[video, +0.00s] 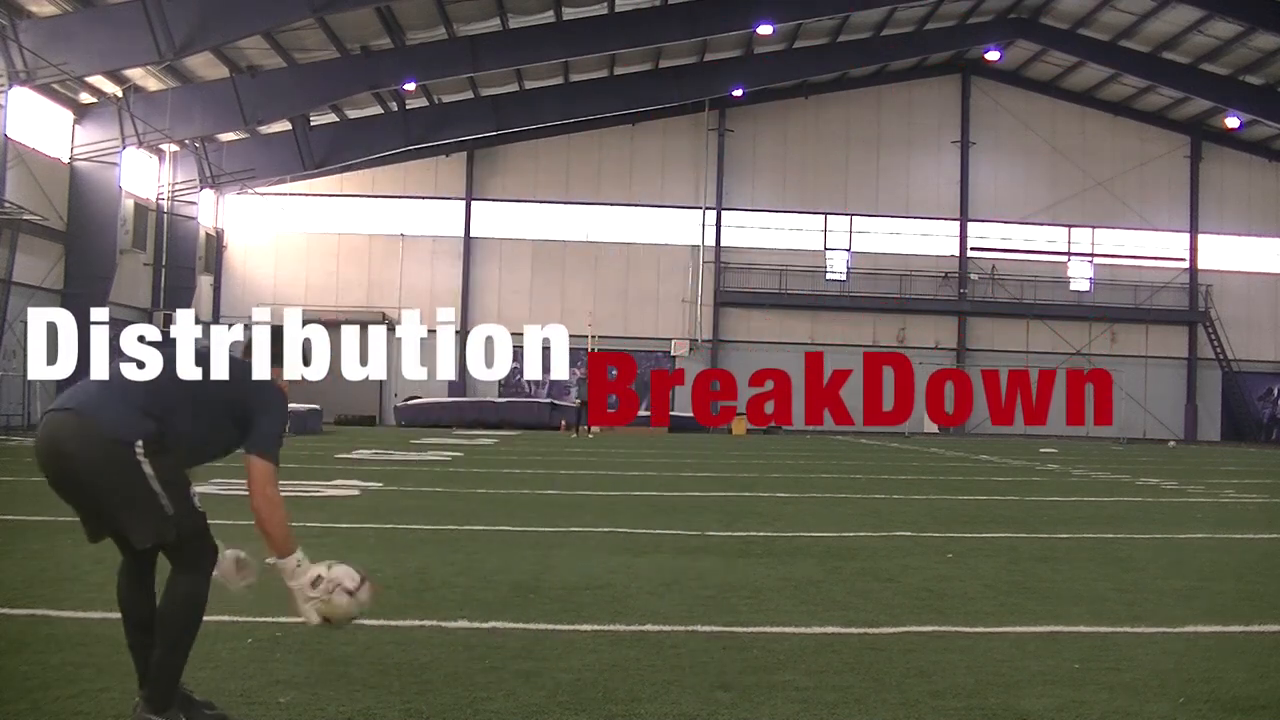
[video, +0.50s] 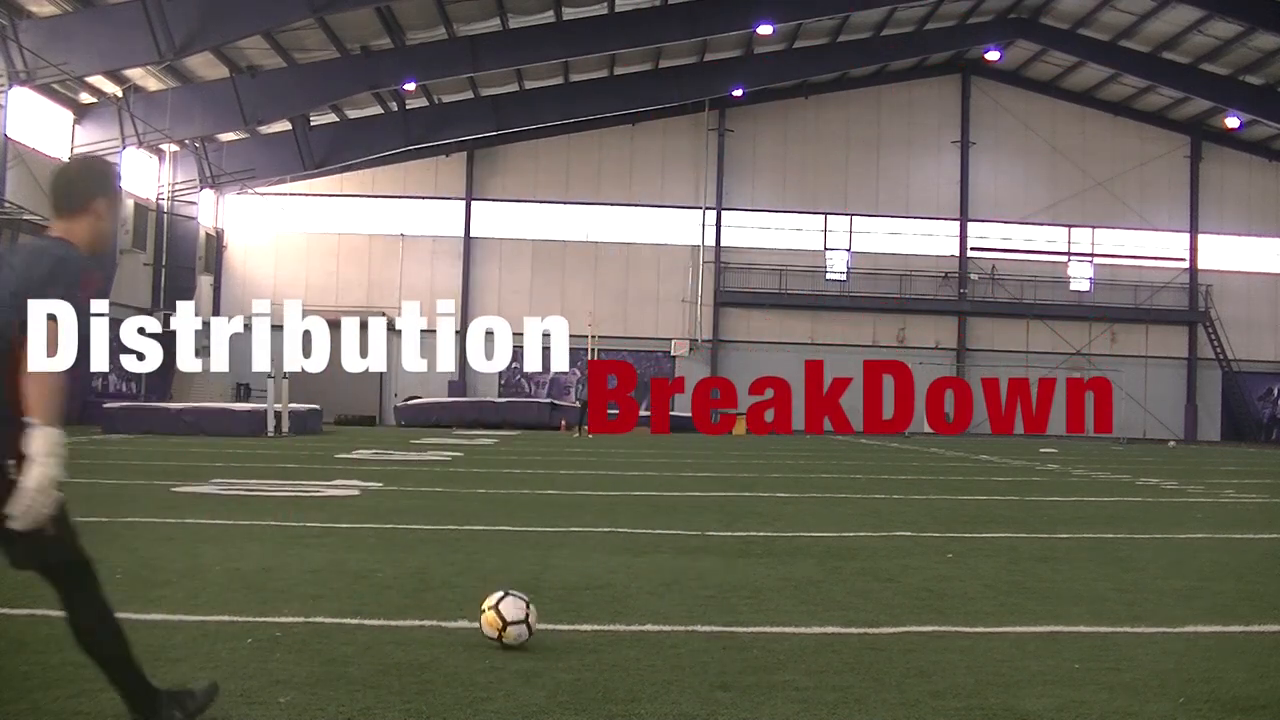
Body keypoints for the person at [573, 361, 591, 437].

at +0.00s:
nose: (583, 371)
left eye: (584, 369)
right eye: (581, 370)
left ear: (587, 371)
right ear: (579, 371)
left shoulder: (590, 380)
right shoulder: (579, 380)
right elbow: (577, 389)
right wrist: (576, 398)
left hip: (588, 400)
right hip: (580, 399)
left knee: (588, 417)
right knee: (578, 417)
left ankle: (589, 432)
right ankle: (576, 432)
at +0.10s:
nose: (584, 375)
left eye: (586, 373)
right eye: (583, 373)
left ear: (588, 373)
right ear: (581, 373)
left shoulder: (590, 380)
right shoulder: (580, 380)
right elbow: (578, 389)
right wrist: (575, 397)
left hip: (588, 400)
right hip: (581, 399)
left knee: (588, 418)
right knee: (578, 417)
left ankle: (589, 432)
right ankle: (576, 433)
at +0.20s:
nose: (586, 372)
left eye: (587, 371)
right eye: (586, 370)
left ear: (589, 372)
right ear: (584, 371)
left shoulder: (591, 380)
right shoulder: (582, 379)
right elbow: (578, 389)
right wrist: (576, 398)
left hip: (589, 400)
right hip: (582, 400)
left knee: (589, 417)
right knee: (579, 417)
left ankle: (589, 432)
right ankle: (576, 433)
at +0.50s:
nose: (587, 373)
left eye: (588, 371)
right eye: (586, 371)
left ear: (590, 372)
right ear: (584, 372)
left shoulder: (592, 380)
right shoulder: (581, 380)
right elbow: (578, 388)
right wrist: (577, 398)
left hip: (591, 400)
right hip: (583, 399)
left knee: (590, 417)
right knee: (581, 417)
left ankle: (590, 432)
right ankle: (579, 432)